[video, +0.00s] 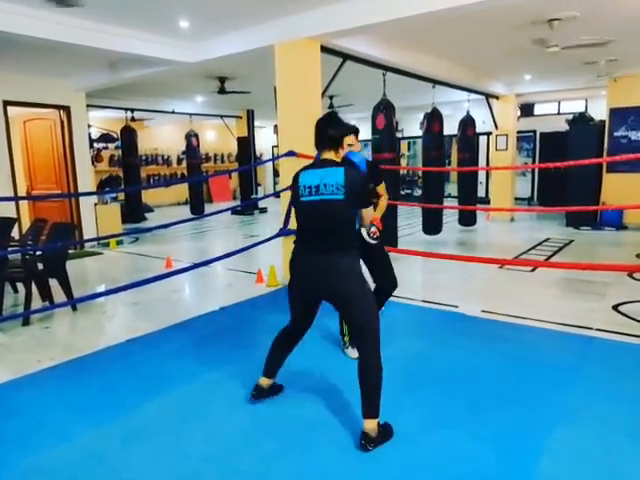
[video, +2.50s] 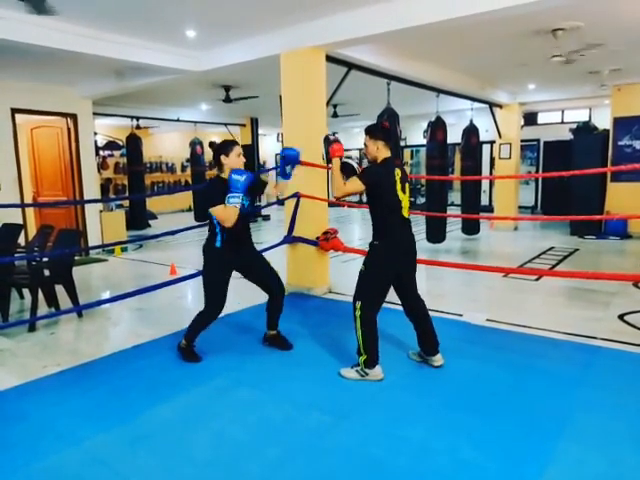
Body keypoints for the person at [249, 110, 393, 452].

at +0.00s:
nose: (350, 147)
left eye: (349, 142)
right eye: (348, 142)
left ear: (317, 143)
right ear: (340, 144)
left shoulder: (300, 177)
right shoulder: (352, 175)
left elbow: (301, 216)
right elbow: (367, 214)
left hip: (303, 268)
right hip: (341, 270)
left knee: (297, 325)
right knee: (369, 345)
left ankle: (264, 382)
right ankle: (371, 428)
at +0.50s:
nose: (254, 151)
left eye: (254, 145)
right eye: (252, 145)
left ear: (228, 147)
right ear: (240, 147)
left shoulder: (214, 176)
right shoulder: (234, 181)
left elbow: (246, 218)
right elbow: (259, 224)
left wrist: (259, 189)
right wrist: (267, 189)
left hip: (202, 269)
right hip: (219, 274)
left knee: (231, 322)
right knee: (243, 343)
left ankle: (203, 368)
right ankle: (213, 423)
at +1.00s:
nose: (204, 151)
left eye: (203, 146)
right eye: (200, 146)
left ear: (183, 149)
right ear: (186, 148)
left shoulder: (189, 177)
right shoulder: (175, 180)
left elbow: (203, 216)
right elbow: (205, 221)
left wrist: (205, 214)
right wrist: (212, 191)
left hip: (187, 260)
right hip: (164, 263)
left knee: (225, 301)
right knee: (170, 331)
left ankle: (206, 357)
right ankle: (136, 387)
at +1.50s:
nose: (201, 154)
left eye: (201, 150)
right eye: (197, 150)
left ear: (191, 152)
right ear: (180, 151)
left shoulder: (197, 177)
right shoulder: (169, 181)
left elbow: (221, 208)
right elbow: (194, 215)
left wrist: (224, 180)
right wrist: (204, 183)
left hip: (202, 251)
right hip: (176, 255)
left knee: (231, 297)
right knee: (180, 315)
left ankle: (217, 347)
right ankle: (157, 359)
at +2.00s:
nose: (238, 149)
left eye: (238, 144)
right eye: (233, 145)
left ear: (235, 146)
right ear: (217, 148)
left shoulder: (236, 172)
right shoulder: (211, 174)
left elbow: (252, 206)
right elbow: (238, 204)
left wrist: (262, 185)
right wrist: (245, 175)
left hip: (237, 243)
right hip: (213, 245)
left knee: (255, 290)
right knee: (208, 300)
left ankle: (264, 335)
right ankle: (177, 340)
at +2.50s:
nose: (243, 159)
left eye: (242, 155)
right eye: (238, 155)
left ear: (237, 159)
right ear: (224, 159)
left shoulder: (246, 180)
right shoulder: (210, 188)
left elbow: (276, 192)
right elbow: (227, 220)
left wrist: (285, 171)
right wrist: (237, 190)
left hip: (243, 250)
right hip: (217, 254)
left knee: (277, 290)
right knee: (214, 308)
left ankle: (272, 333)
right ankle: (186, 343)